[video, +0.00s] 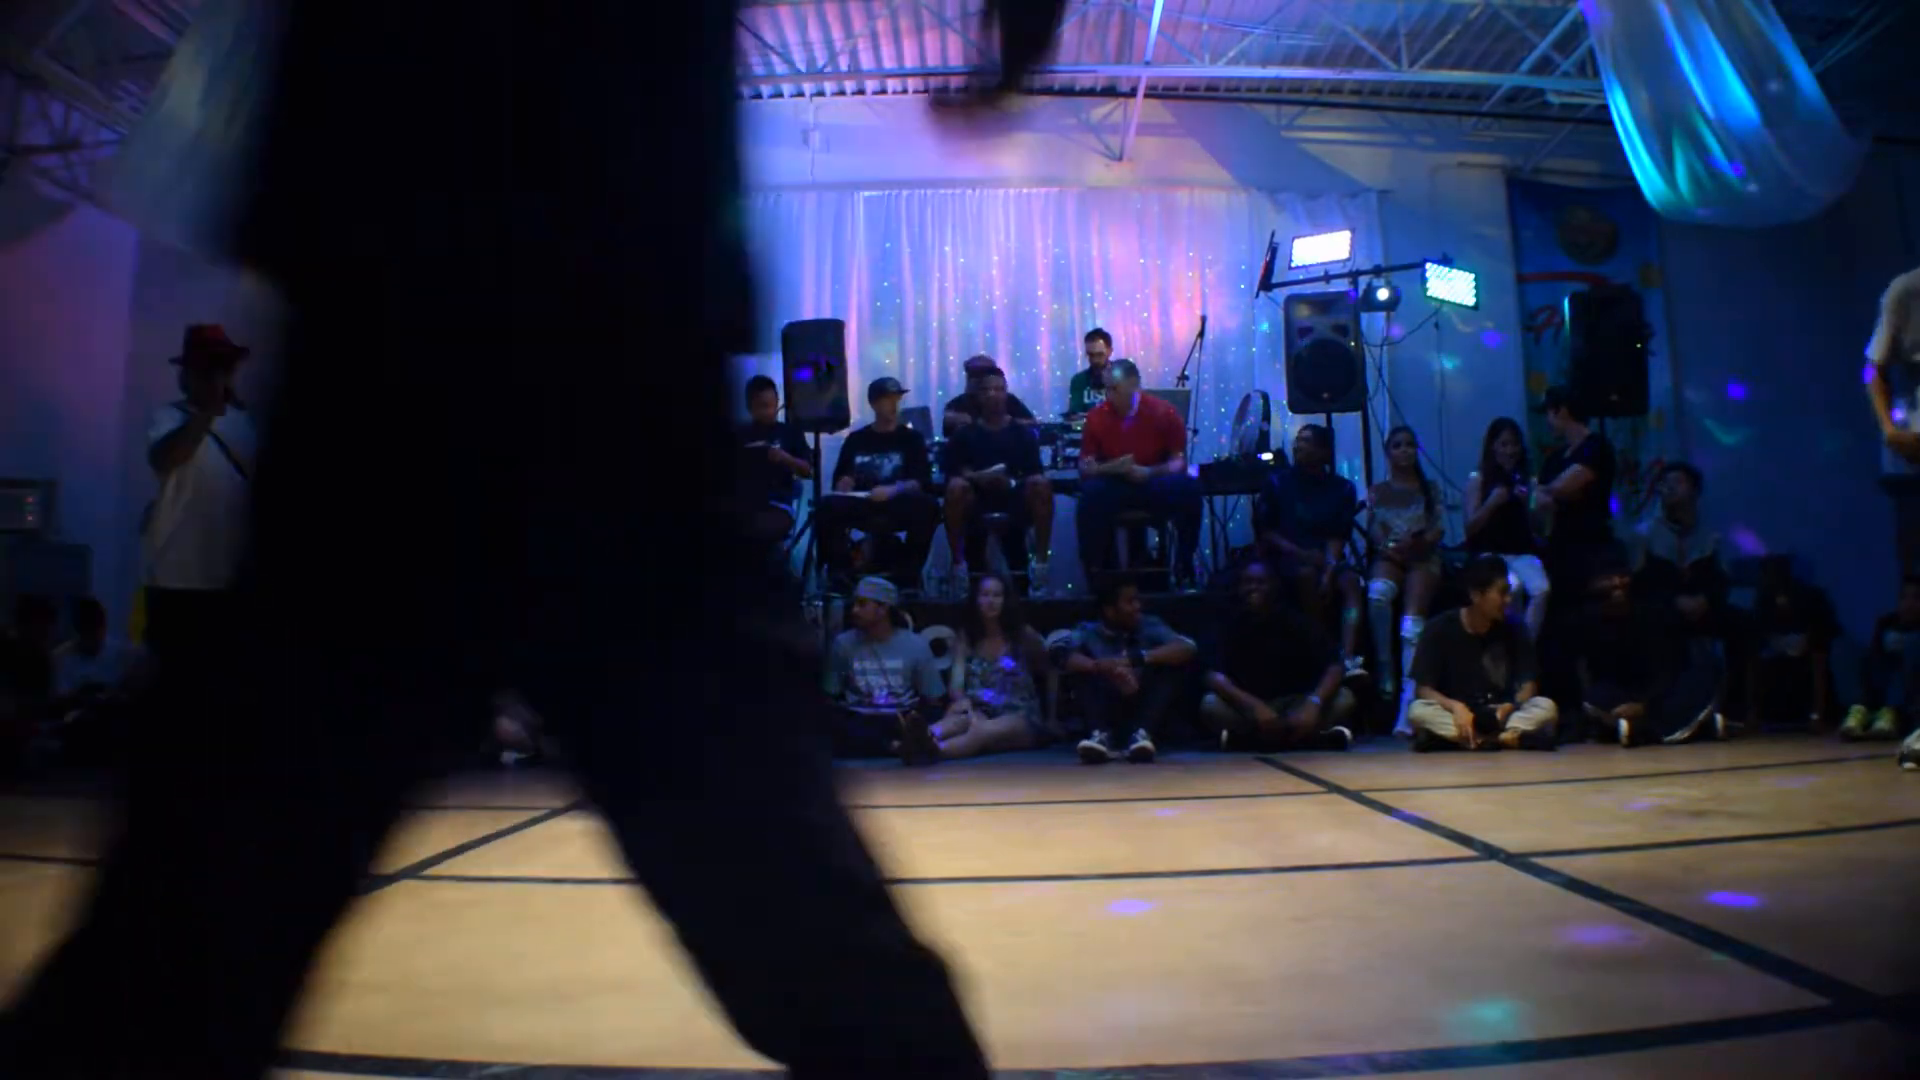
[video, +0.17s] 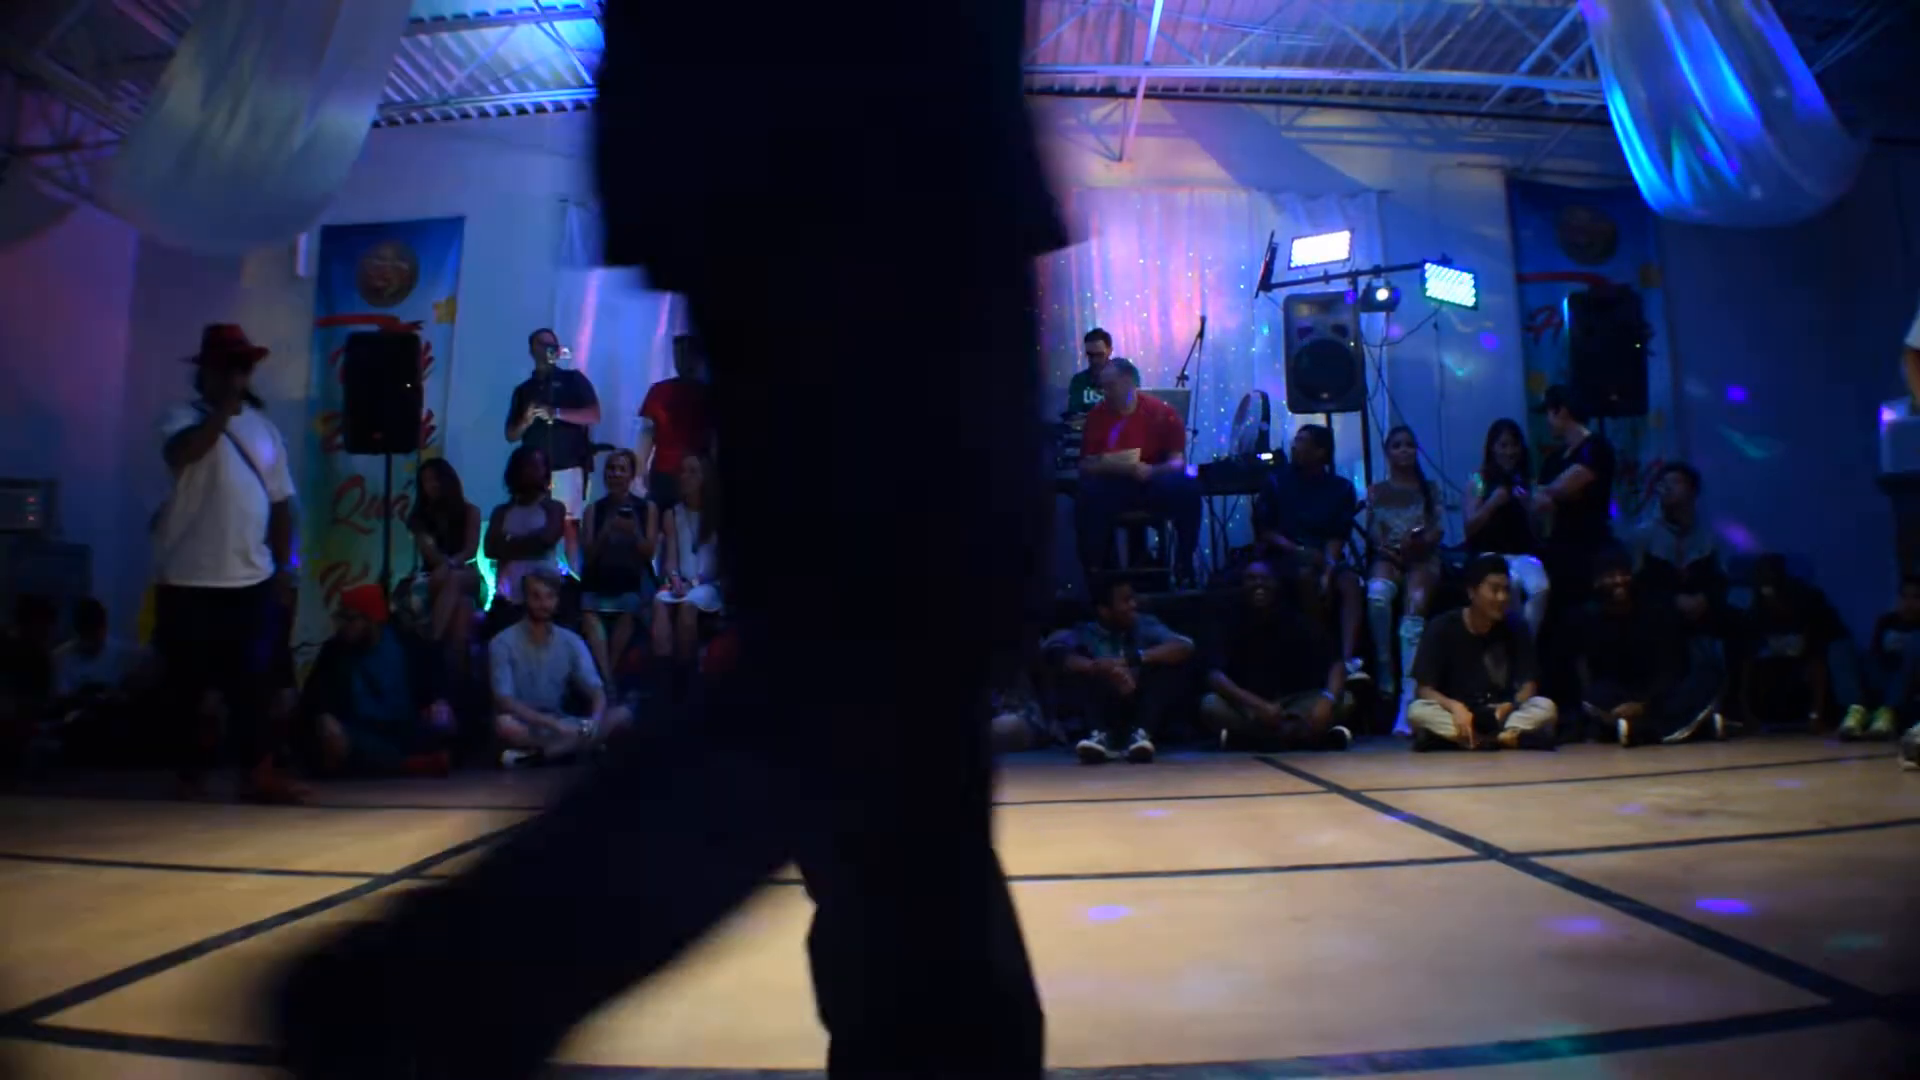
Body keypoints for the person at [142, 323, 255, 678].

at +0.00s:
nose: (217, 381)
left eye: (223, 370)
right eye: (207, 371)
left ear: (231, 372)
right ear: (188, 374)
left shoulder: (245, 424)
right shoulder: (170, 417)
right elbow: (164, 461)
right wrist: (206, 413)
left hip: (234, 576)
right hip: (177, 580)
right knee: (174, 687)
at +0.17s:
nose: (237, 381)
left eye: (243, 372)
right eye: (228, 371)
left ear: (249, 376)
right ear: (205, 374)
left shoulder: (262, 430)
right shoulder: (181, 418)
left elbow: (282, 504)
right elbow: (181, 457)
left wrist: (283, 568)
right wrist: (223, 409)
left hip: (251, 583)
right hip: (189, 582)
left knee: (255, 688)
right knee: (187, 689)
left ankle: (259, 774)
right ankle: (189, 777)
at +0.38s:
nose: (257, 377)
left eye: (263, 368)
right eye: (246, 368)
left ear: (271, 374)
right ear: (226, 372)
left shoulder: (283, 428)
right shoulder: (205, 413)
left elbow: (299, 503)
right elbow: (204, 446)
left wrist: (303, 565)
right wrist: (247, 407)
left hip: (271, 578)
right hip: (210, 576)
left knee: (268, 684)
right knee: (202, 683)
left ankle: (260, 773)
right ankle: (192, 771)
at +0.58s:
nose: (285, 374)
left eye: (289, 365)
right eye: (275, 364)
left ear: (292, 370)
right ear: (249, 368)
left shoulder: (297, 422)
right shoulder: (221, 405)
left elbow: (317, 498)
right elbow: (227, 443)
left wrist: (329, 557)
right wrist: (271, 403)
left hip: (287, 567)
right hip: (234, 563)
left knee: (276, 674)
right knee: (235, 668)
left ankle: (266, 769)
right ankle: (216, 767)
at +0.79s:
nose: (299, 367)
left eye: (301, 358)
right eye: (289, 358)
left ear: (298, 366)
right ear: (259, 360)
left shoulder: (301, 423)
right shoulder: (232, 406)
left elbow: (313, 499)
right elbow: (261, 437)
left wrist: (338, 550)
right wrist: (303, 396)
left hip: (291, 569)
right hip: (246, 565)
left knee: (279, 675)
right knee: (256, 671)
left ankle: (261, 772)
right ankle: (244, 778)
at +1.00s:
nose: (316, 365)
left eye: (317, 357)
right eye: (309, 355)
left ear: (289, 358)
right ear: (281, 354)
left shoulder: (285, 404)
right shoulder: (254, 398)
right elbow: (306, 436)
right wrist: (333, 393)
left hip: (291, 563)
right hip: (266, 563)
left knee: (282, 673)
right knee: (271, 673)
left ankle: (271, 770)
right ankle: (260, 775)